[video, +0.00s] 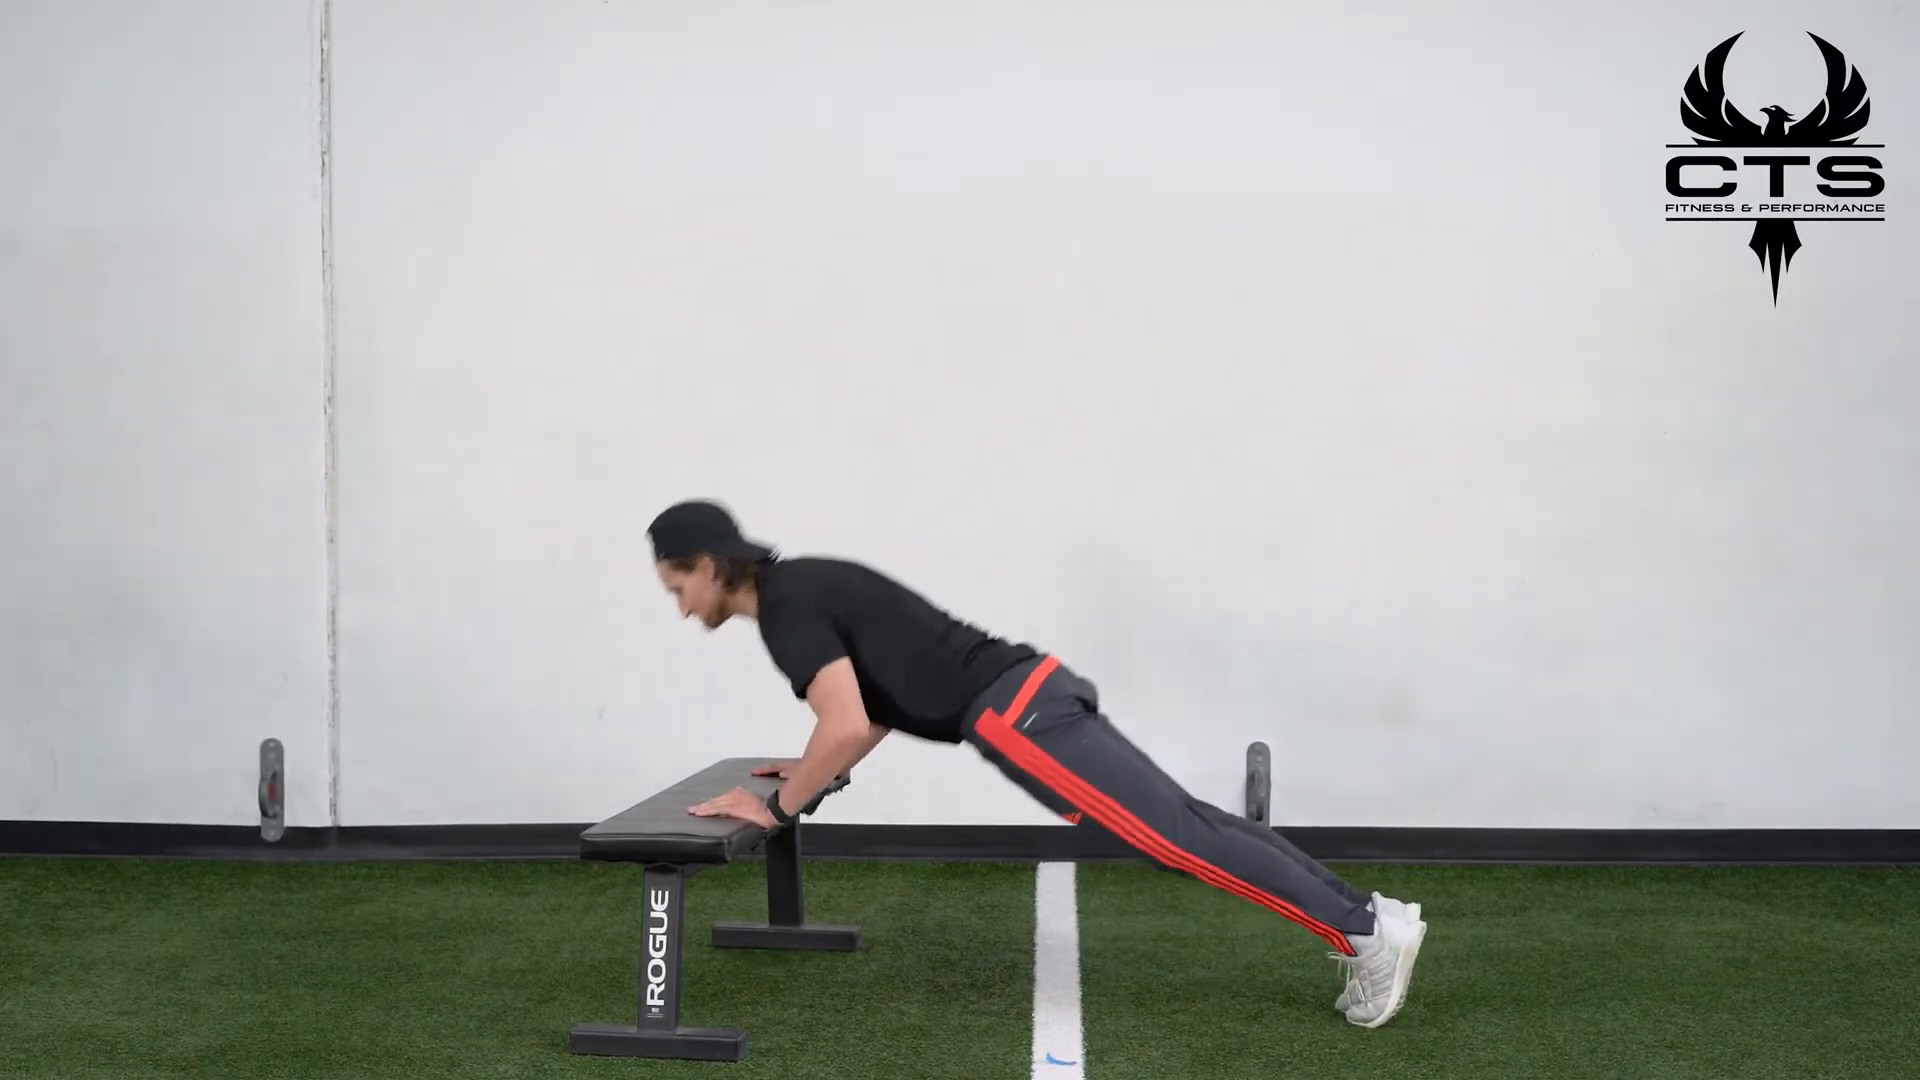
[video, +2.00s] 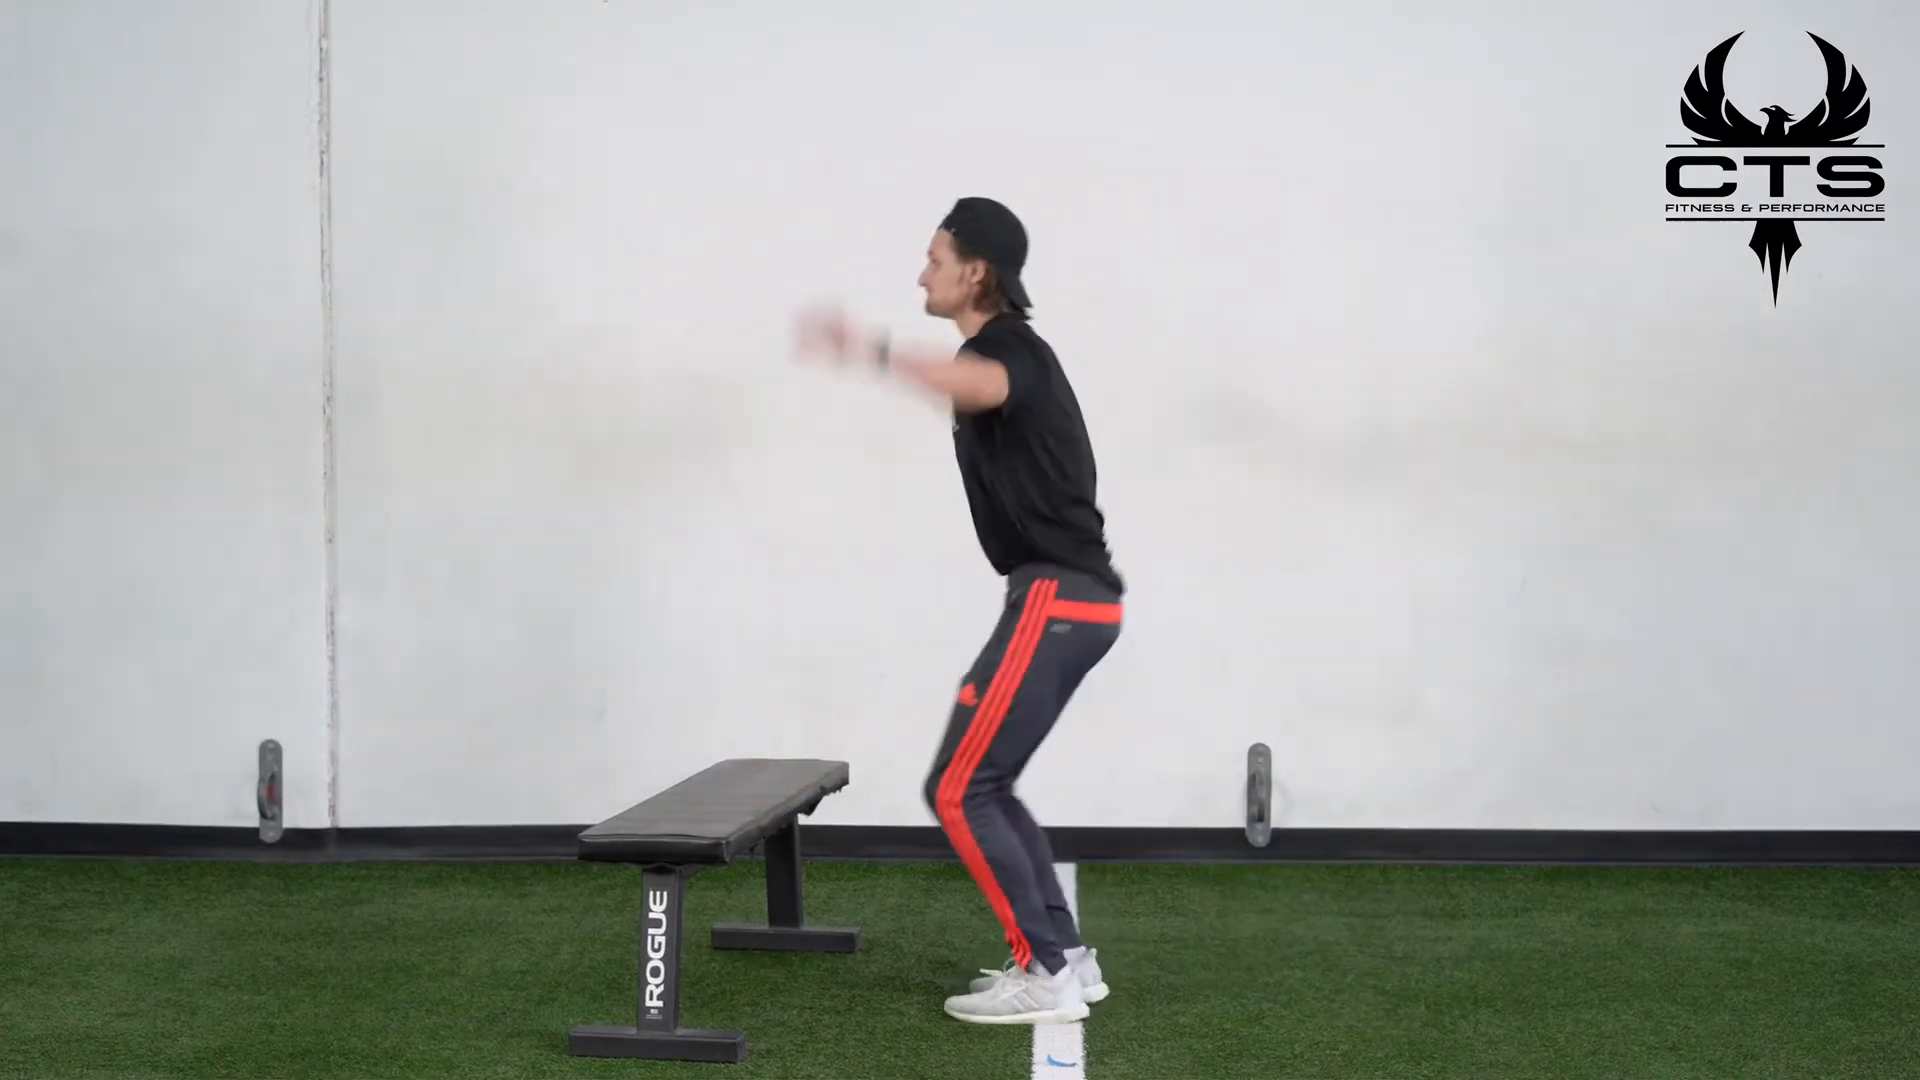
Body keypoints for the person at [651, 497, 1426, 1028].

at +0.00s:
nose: (672, 596)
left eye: (673, 579)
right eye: (667, 582)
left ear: (708, 568)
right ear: (718, 560)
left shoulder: (785, 605)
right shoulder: (806, 585)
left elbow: (849, 731)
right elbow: (869, 720)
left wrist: (777, 803)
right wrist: (801, 774)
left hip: (1015, 714)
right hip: (1032, 694)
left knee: (1178, 838)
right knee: (1185, 819)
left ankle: (1367, 935)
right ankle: (1368, 917)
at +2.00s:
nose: (924, 270)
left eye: (936, 259)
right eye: (928, 257)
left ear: (977, 271)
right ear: (982, 273)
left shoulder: (1008, 345)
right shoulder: (1003, 348)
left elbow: (982, 386)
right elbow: (970, 389)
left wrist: (874, 353)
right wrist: (879, 359)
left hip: (1060, 595)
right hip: (1062, 592)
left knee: (959, 788)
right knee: (979, 783)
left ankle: (1047, 968)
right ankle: (1062, 956)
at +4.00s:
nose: (709, 529)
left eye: (712, 512)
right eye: (705, 513)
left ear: (755, 498)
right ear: (765, 496)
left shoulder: (824, 547)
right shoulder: (842, 535)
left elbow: (831, 690)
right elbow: (881, 678)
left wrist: (769, 797)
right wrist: (819, 768)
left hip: (1045, 641)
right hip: (1046, 637)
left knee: (1171, 806)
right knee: (1161, 808)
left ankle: (1348, 939)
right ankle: (1345, 918)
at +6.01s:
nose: (897, 322)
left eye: (909, 309)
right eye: (902, 307)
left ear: (951, 322)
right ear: (955, 322)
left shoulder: (1000, 402)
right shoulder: (996, 400)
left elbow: (1013, 553)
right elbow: (1022, 565)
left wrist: (962, 667)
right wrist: (973, 670)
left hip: (1137, 591)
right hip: (1126, 589)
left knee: (1043, 780)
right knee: (1044, 777)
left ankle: (1119, 968)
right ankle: (1116, 960)